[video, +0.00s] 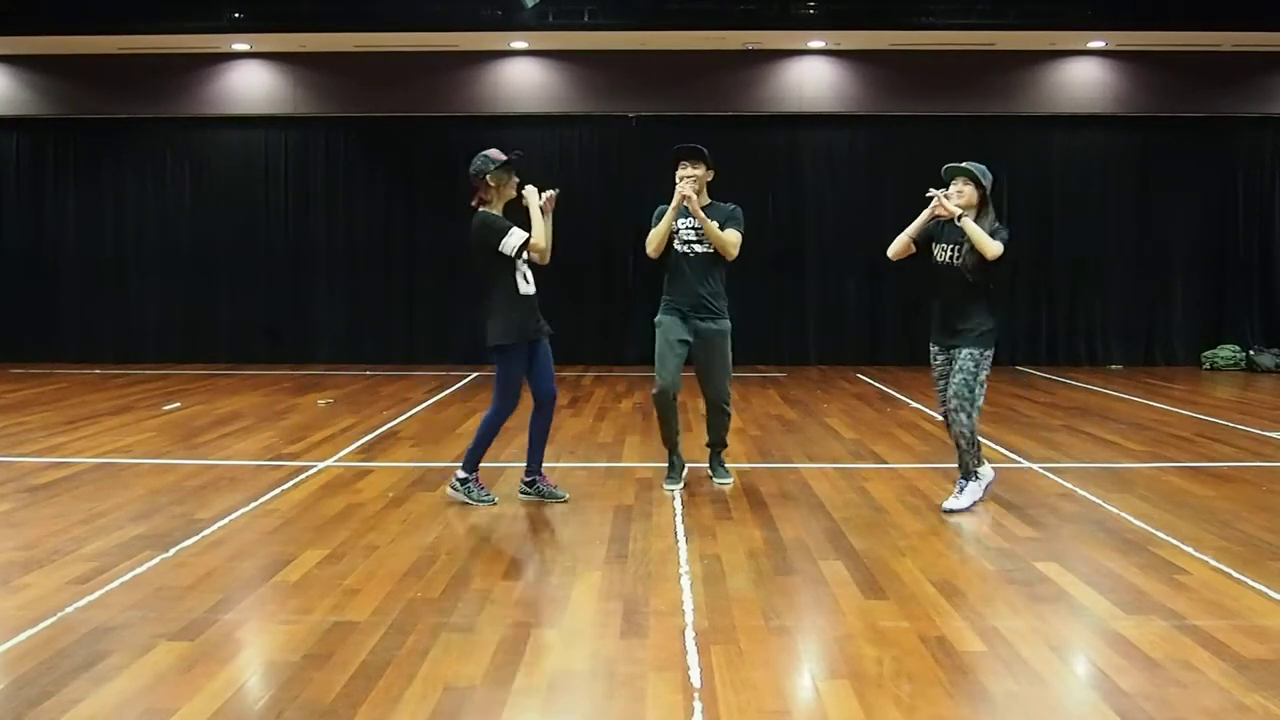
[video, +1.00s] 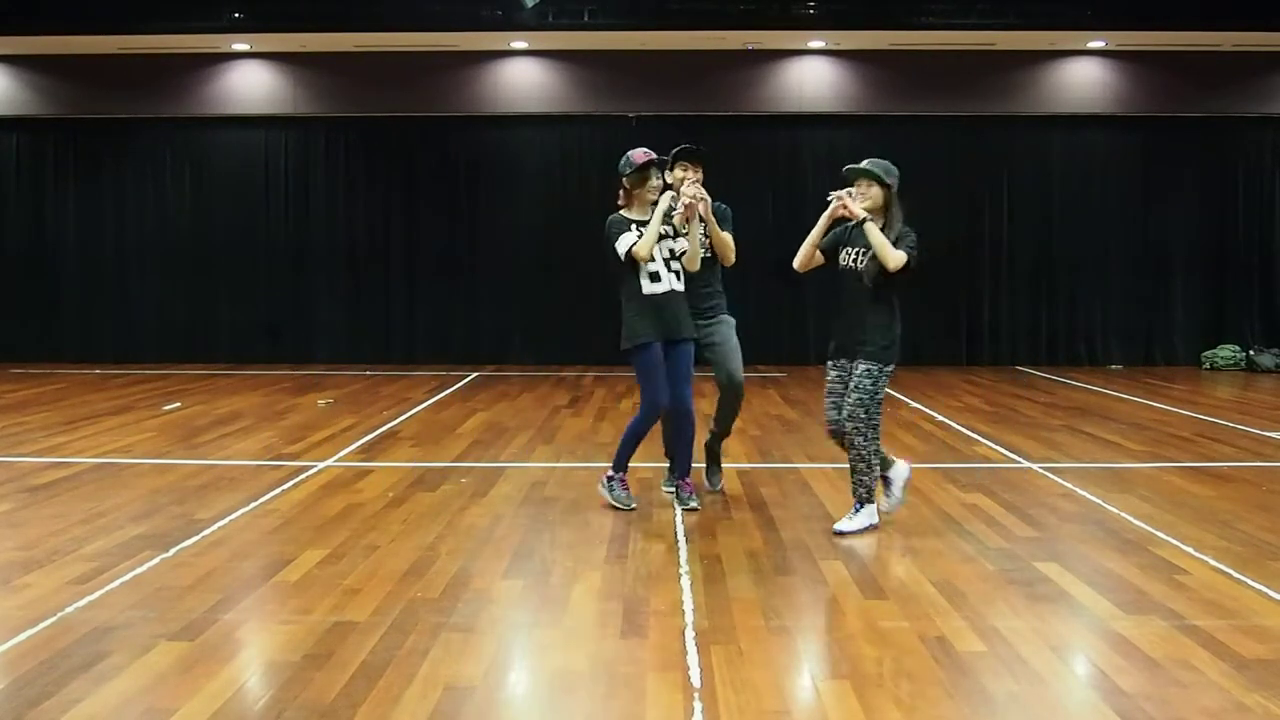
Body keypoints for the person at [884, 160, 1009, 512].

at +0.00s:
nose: (955, 190)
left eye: (964, 185)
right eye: (953, 185)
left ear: (981, 194)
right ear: (947, 192)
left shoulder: (994, 229)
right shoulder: (938, 226)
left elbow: (992, 252)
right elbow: (895, 253)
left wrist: (959, 217)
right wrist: (926, 215)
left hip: (976, 333)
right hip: (941, 332)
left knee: (959, 404)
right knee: (948, 409)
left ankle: (968, 479)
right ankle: (979, 467)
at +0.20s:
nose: (935, 192)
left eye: (944, 187)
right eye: (933, 187)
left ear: (961, 193)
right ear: (930, 194)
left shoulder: (977, 232)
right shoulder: (923, 233)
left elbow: (970, 262)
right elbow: (880, 261)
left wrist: (933, 227)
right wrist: (904, 223)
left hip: (965, 338)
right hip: (928, 330)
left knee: (957, 419)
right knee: (905, 381)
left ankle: (966, 485)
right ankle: (939, 422)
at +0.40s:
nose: (921, 176)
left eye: (930, 173)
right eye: (920, 172)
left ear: (948, 184)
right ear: (916, 185)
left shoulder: (959, 222)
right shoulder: (906, 220)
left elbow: (944, 242)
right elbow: (855, 246)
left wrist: (914, 205)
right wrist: (884, 209)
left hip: (949, 331)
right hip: (910, 327)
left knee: (953, 406)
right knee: (892, 393)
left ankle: (963, 480)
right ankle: (911, 469)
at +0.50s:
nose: (909, 190)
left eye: (918, 185)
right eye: (908, 184)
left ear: (938, 192)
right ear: (906, 193)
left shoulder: (952, 233)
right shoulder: (897, 231)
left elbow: (931, 261)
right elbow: (850, 260)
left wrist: (902, 220)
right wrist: (877, 220)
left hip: (934, 339)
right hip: (897, 338)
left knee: (919, 415)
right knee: (896, 419)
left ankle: (953, 470)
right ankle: (914, 492)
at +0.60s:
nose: (901, 197)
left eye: (910, 191)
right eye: (898, 191)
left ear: (928, 197)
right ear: (894, 198)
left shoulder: (944, 240)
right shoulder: (888, 237)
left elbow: (931, 271)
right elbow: (842, 267)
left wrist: (898, 231)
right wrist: (868, 228)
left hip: (922, 342)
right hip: (886, 341)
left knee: (884, 403)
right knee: (888, 423)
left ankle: (929, 444)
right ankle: (915, 494)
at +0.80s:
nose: (889, 171)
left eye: (898, 168)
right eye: (886, 166)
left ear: (913, 181)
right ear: (877, 175)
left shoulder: (918, 215)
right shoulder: (864, 214)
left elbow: (928, 240)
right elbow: (813, 240)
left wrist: (891, 203)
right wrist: (847, 202)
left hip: (905, 322)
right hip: (872, 322)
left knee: (857, 382)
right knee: (893, 406)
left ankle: (884, 458)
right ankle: (914, 486)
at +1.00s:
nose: (858, 192)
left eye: (867, 186)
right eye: (856, 186)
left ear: (887, 191)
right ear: (851, 192)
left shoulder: (901, 234)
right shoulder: (846, 232)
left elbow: (894, 262)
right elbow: (801, 264)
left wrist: (863, 220)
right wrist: (826, 219)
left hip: (877, 345)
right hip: (843, 342)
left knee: (860, 425)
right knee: (837, 426)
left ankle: (865, 506)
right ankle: (892, 469)